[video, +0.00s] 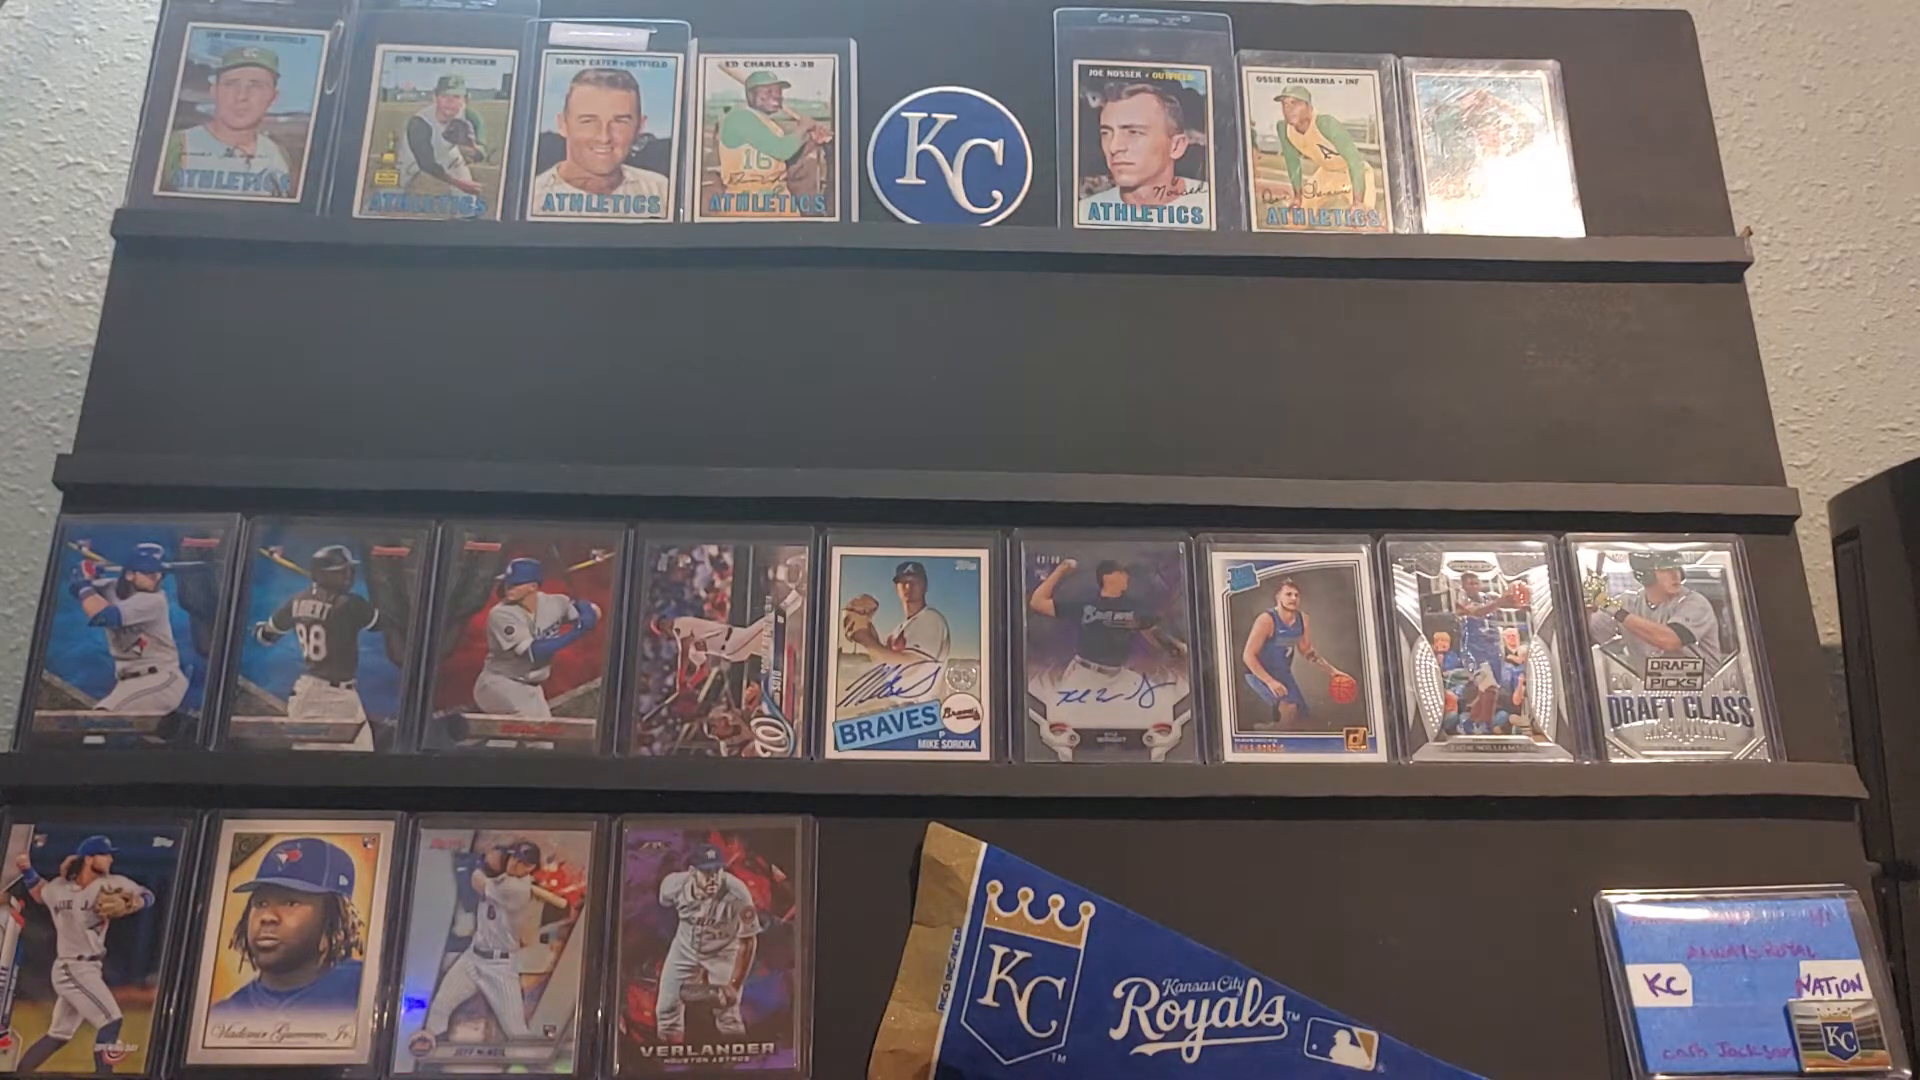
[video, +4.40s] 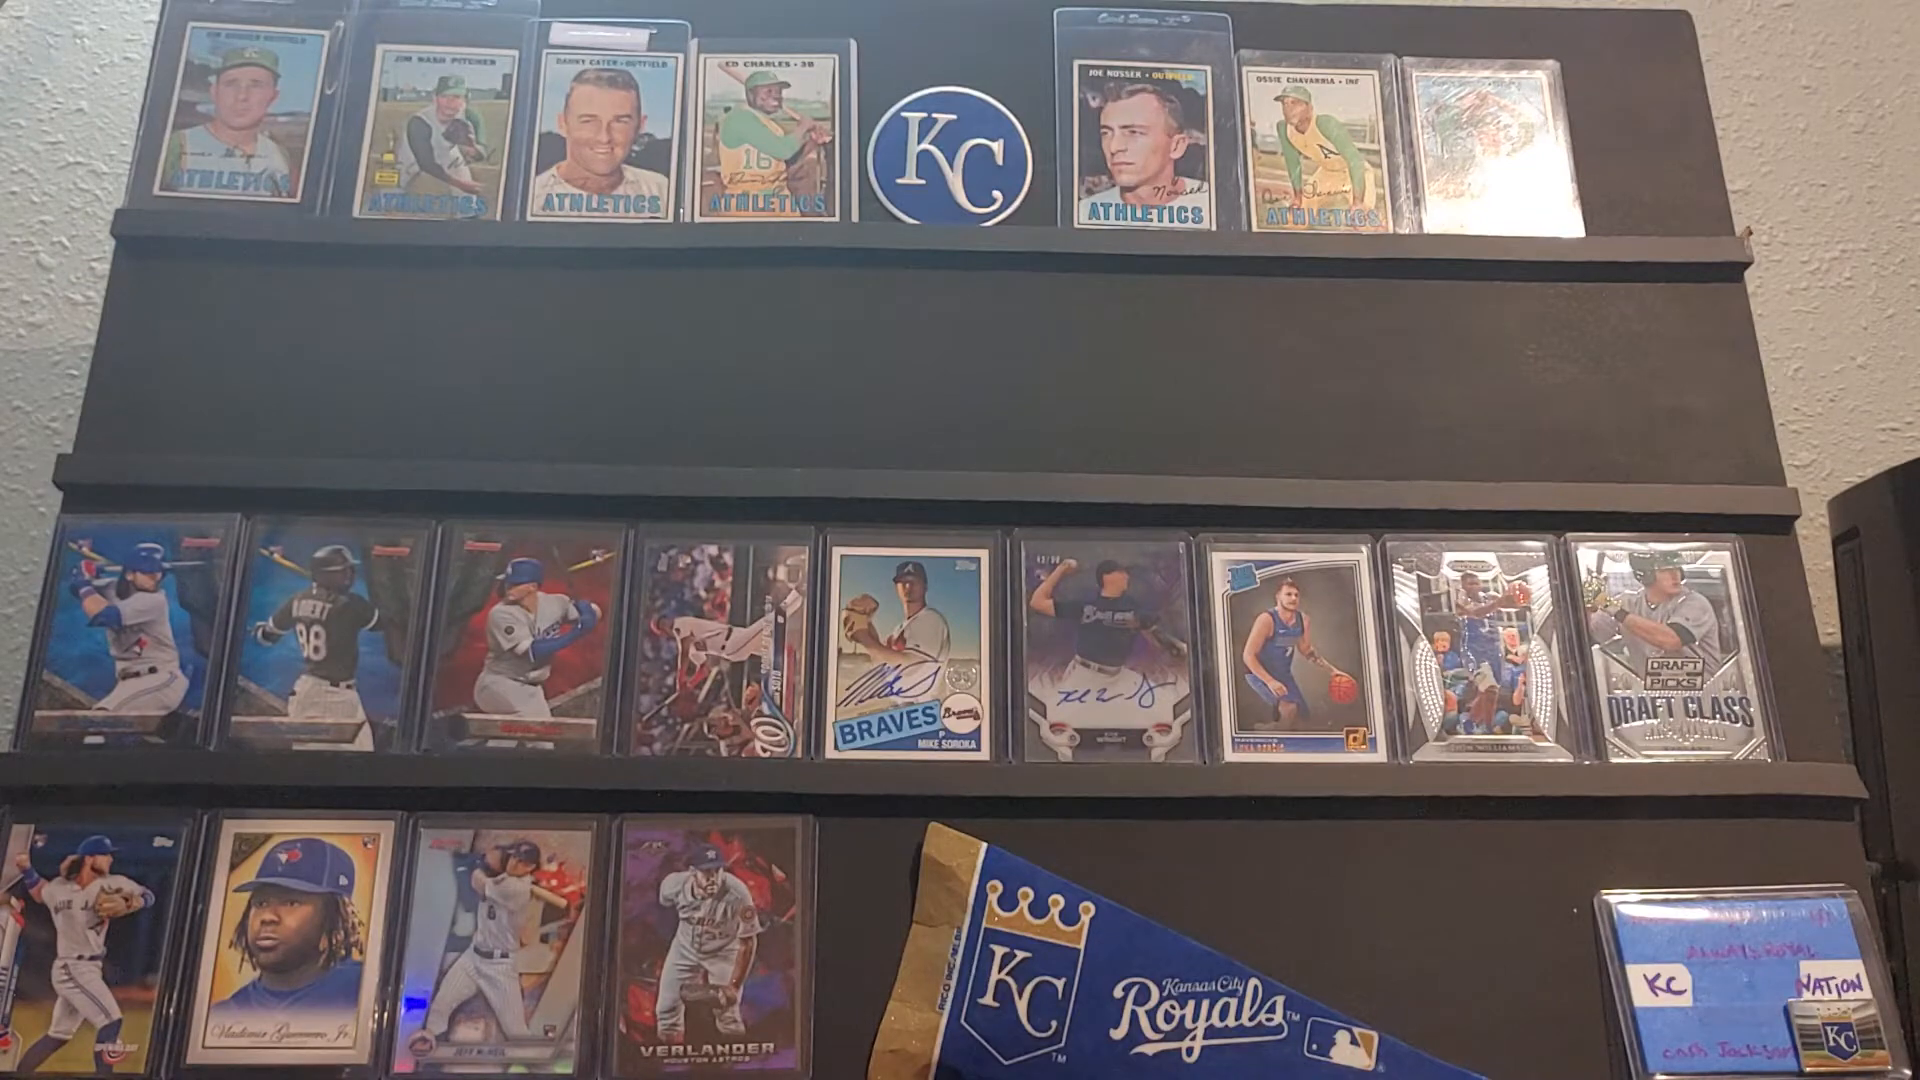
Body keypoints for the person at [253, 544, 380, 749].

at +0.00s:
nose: (350, 576)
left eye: (350, 571)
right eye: (346, 571)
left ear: (319, 575)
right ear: (333, 575)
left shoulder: (298, 601)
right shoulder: (350, 604)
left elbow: (267, 637)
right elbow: (386, 622)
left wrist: (260, 630)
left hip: (306, 692)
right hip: (341, 697)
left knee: (306, 765)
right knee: (360, 766)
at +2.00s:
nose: (351, 577)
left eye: (351, 571)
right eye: (348, 572)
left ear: (320, 574)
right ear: (336, 575)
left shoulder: (299, 600)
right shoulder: (350, 605)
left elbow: (268, 637)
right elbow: (387, 620)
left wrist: (259, 630)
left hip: (305, 693)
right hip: (340, 698)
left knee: (307, 766)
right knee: (359, 768)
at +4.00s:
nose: (351, 577)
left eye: (350, 571)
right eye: (347, 572)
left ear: (320, 575)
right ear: (335, 575)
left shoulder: (298, 600)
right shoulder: (351, 604)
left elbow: (268, 637)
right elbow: (385, 621)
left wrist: (259, 630)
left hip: (305, 693)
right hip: (340, 697)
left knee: (306, 765)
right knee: (360, 766)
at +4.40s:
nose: (351, 576)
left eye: (351, 570)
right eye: (347, 570)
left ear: (320, 574)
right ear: (335, 574)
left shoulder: (299, 600)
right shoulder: (352, 605)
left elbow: (267, 637)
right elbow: (385, 622)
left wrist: (259, 630)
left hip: (306, 692)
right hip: (341, 696)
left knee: (306, 765)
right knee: (359, 765)